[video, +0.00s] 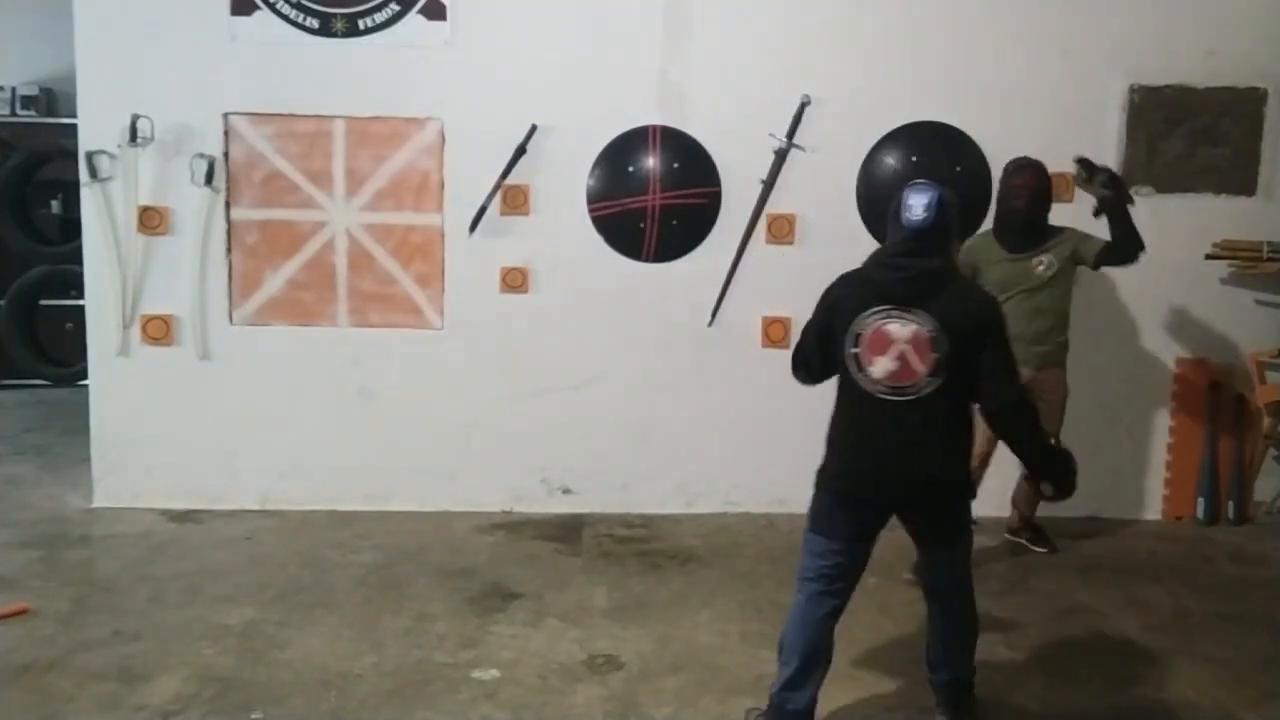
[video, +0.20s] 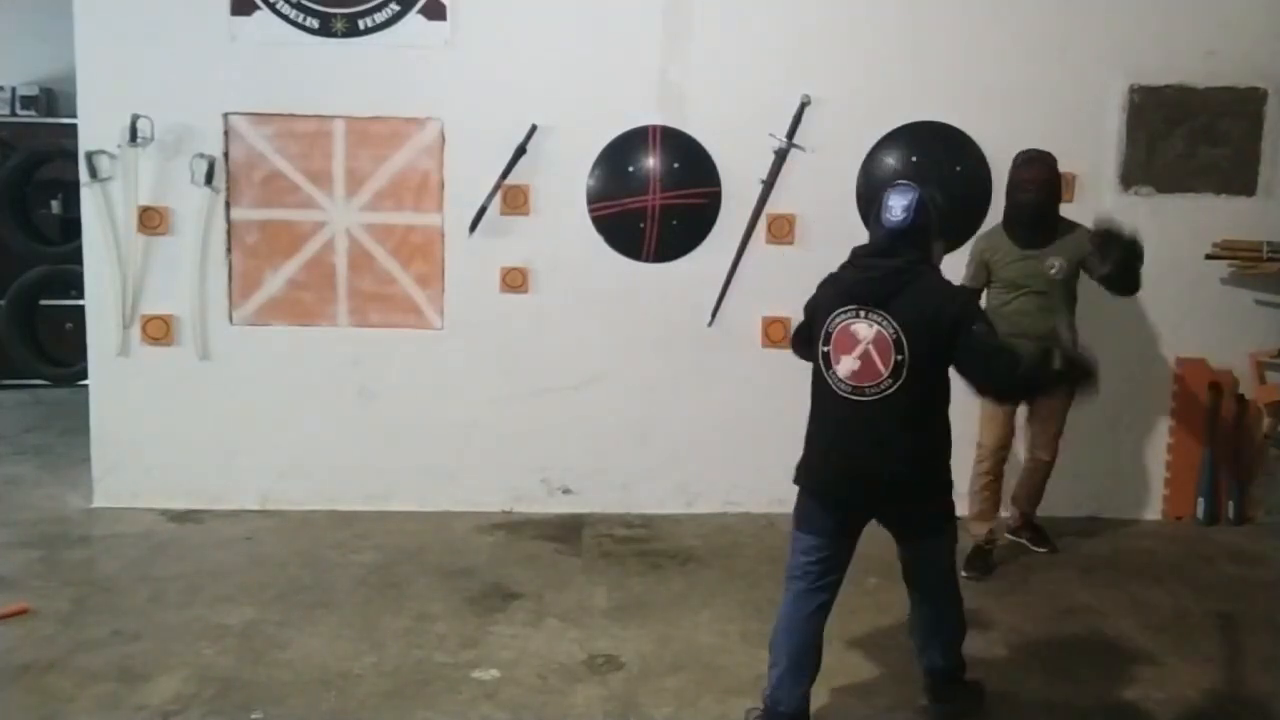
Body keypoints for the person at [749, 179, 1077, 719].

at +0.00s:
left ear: (887, 224)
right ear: (954, 230)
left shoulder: (850, 291)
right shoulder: (972, 303)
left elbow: (807, 367)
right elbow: (1003, 402)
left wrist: (860, 326)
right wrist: (1045, 460)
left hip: (855, 468)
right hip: (937, 473)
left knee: (819, 587)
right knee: (949, 587)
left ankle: (787, 708)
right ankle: (954, 696)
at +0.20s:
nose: (951, 244)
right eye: (950, 234)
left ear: (877, 220)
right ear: (941, 231)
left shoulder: (838, 286)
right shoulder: (945, 303)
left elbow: (805, 341)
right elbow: (1000, 377)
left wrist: (863, 328)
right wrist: (1059, 370)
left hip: (833, 469)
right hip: (913, 476)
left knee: (806, 589)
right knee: (933, 584)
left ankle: (781, 707)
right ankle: (943, 683)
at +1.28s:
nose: (825, 232)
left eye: (824, 222)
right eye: (820, 222)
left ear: (780, 220)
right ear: (805, 223)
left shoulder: (760, 264)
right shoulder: (800, 276)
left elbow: (816, 312)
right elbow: (850, 332)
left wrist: (871, 277)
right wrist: (938, 308)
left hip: (753, 445)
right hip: (805, 449)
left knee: (742, 548)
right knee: (850, 545)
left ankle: (706, 658)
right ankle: (849, 657)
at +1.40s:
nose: (780, 227)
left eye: (785, 217)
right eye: (770, 215)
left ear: (789, 220)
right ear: (744, 215)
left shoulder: (766, 266)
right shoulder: (733, 267)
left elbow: (817, 296)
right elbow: (730, 355)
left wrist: (874, 260)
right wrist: (797, 370)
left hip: (758, 433)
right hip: (733, 435)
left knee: (747, 549)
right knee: (743, 551)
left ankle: (708, 657)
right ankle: (678, 632)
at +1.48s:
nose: (777, 220)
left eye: (773, 211)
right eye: (767, 211)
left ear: (737, 220)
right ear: (737, 221)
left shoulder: (761, 271)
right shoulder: (702, 278)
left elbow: (817, 277)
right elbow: (678, 367)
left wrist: (872, 241)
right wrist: (736, 378)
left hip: (743, 444)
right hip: (711, 446)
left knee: (729, 550)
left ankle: (707, 659)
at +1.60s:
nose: (726, 238)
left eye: (718, 230)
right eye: (715, 230)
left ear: (706, 239)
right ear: (681, 239)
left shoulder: (732, 283)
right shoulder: (641, 308)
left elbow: (796, 281)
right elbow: (620, 394)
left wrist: (838, 240)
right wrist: (623, 353)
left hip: (712, 467)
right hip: (650, 472)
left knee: (743, 550)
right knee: (597, 564)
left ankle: (697, 651)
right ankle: (531, 658)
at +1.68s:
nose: (696, 233)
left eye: (695, 223)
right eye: (685, 225)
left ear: (687, 233)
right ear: (647, 230)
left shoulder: (706, 279)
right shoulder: (617, 303)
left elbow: (770, 286)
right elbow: (583, 380)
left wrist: (819, 241)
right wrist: (582, 326)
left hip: (695, 463)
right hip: (629, 467)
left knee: (730, 548)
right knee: (585, 562)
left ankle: (696, 653)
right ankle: (528, 663)